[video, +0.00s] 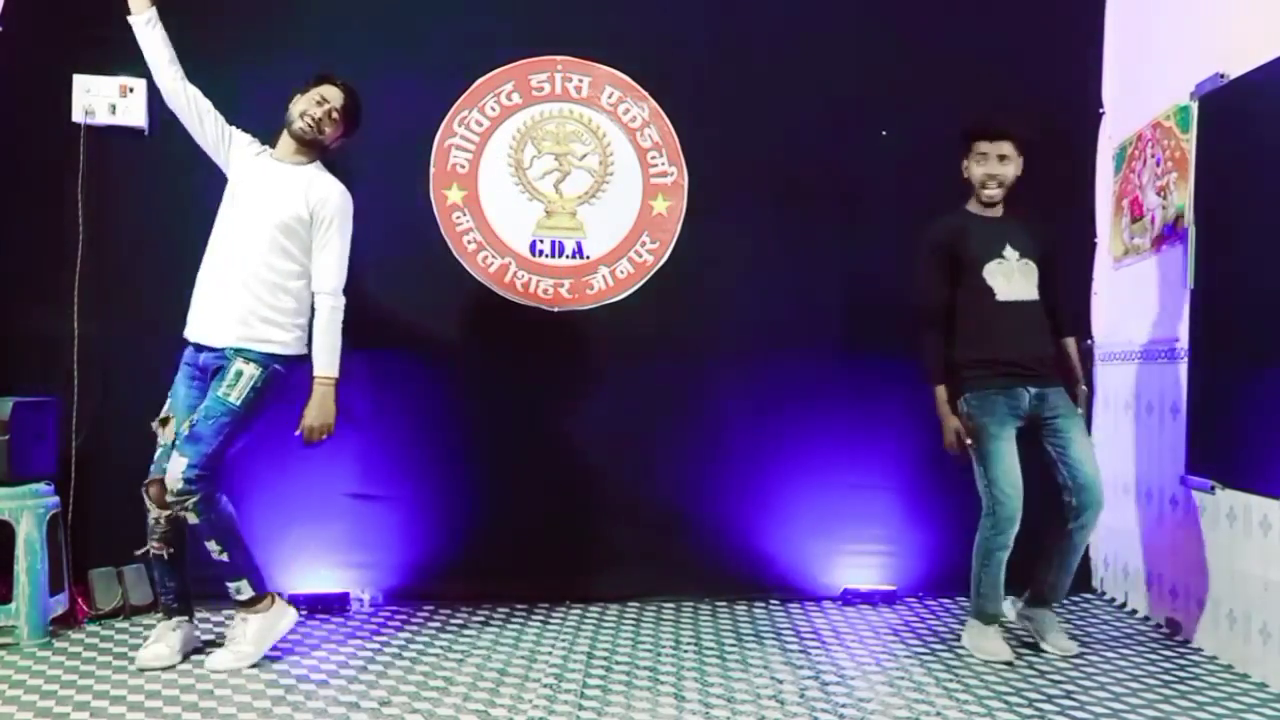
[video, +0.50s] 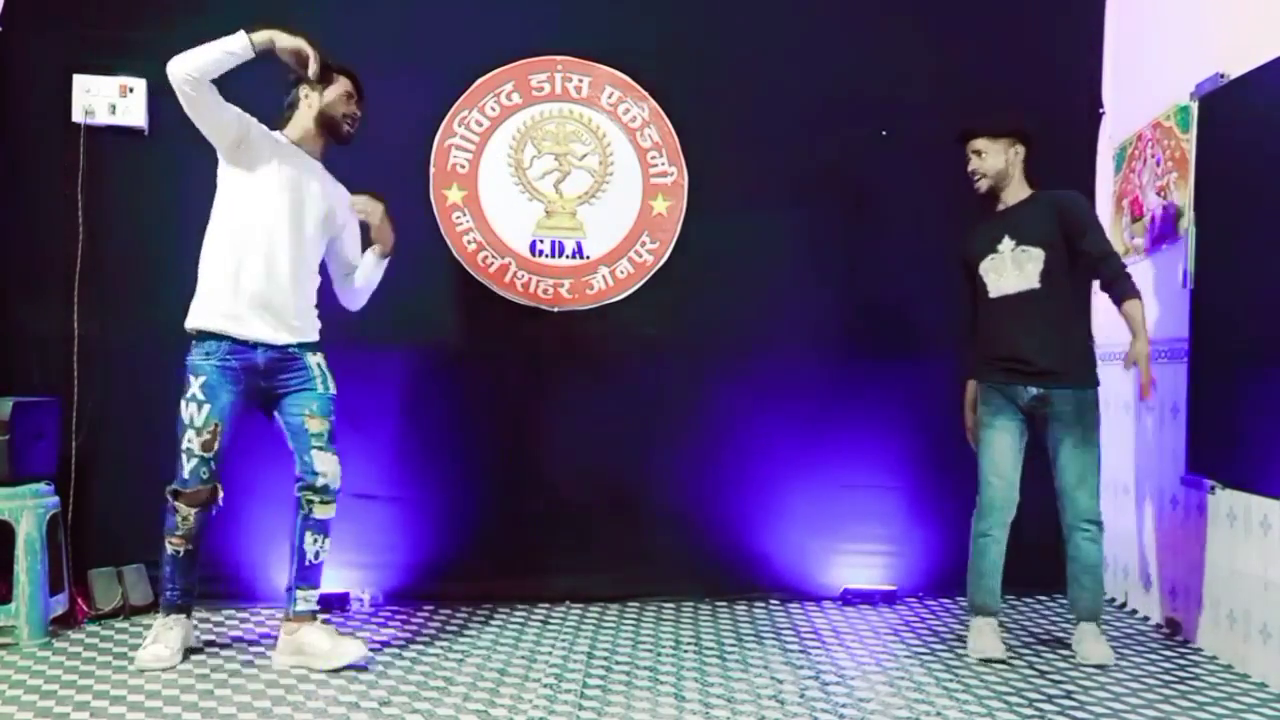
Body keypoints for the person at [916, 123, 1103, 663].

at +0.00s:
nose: (991, 170)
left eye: (1002, 160)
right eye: (981, 159)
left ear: (1019, 167)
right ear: (965, 166)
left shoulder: (1035, 234)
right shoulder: (946, 235)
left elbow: (1060, 314)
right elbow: (933, 326)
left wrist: (1079, 385)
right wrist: (944, 408)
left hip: (1050, 388)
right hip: (987, 390)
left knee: (1087, 501)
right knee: (1004, 509)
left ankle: (1041, 610)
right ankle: (983, 621)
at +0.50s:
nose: (971, 166)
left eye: (980, 154)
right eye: (969, 157)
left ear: (1015, 153)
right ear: (979, 163)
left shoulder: (1064, 208)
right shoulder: (978, 235)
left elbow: (1111, 272)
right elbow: (975, 320)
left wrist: (1139, 335)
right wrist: (971, 391)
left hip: (1067, 381)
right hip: (998, 384)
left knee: (1080, 509)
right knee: (994, 504)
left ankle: (1087, 624)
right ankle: (983, 620)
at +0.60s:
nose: (981, 148)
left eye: (994, 140)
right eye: (981, 141)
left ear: (1025, 154)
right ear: (985, 154)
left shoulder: (1052, 205)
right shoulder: (975, 227)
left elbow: (1107, 263)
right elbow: (986, 313)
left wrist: (1139, 265)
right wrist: (956, 368)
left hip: (1064, 382)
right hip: (996, 382)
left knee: (1079, 507)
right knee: (985, 501)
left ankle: (1089, 623)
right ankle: (1000, 618)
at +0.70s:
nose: (981, 147)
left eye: (996, 145)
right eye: (985, 140)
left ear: (1019, 168)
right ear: (982, 157)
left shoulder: (1035, 211)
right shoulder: (964, 224)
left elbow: (1109, 270)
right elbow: (984, 302)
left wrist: (1106, 224)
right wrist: (943, 337)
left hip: (1054, 381)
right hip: (994, 380)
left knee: (1072, 506)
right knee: (975, 494)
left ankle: (1091, 623)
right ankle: (1016, 614)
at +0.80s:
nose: (962, 155)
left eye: (978, 154)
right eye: (967, 148)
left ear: (1001, 179)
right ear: (960, 172)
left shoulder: (1012, 219)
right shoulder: (952, 229)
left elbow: (1087, 281)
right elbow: (967, 301)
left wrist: (1040, 240)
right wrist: (923, 337)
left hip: (1040, 385)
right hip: (986, 386)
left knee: (1042, 504)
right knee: (974, 504)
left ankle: (1087, 616)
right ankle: (1015, 622)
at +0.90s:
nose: (930, 168)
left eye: (945, 165)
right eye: (931, 162)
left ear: (971, 186)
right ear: (924, 183)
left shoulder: (994, 230)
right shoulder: (934, 244)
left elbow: (1058, 300)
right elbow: (946, 314)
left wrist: (1005, 292)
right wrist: (903, 362)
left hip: (1024, 383)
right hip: (975, 386)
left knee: (985, 488)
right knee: (961, 499)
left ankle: (1052, 601)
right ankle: (1011, 616)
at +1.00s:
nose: (895, 176)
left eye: (908, 167)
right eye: (893, 168)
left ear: (939, 179)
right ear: (892, 184)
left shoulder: (978, 225)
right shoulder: (905, 255)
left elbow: (1031, 305)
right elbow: (926, 330)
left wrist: (986, 343)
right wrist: (905, 387)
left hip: (1005, 378)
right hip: (956, 384)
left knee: (956, 489)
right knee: (958, 495)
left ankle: (979, 621)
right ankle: (1016, 620)